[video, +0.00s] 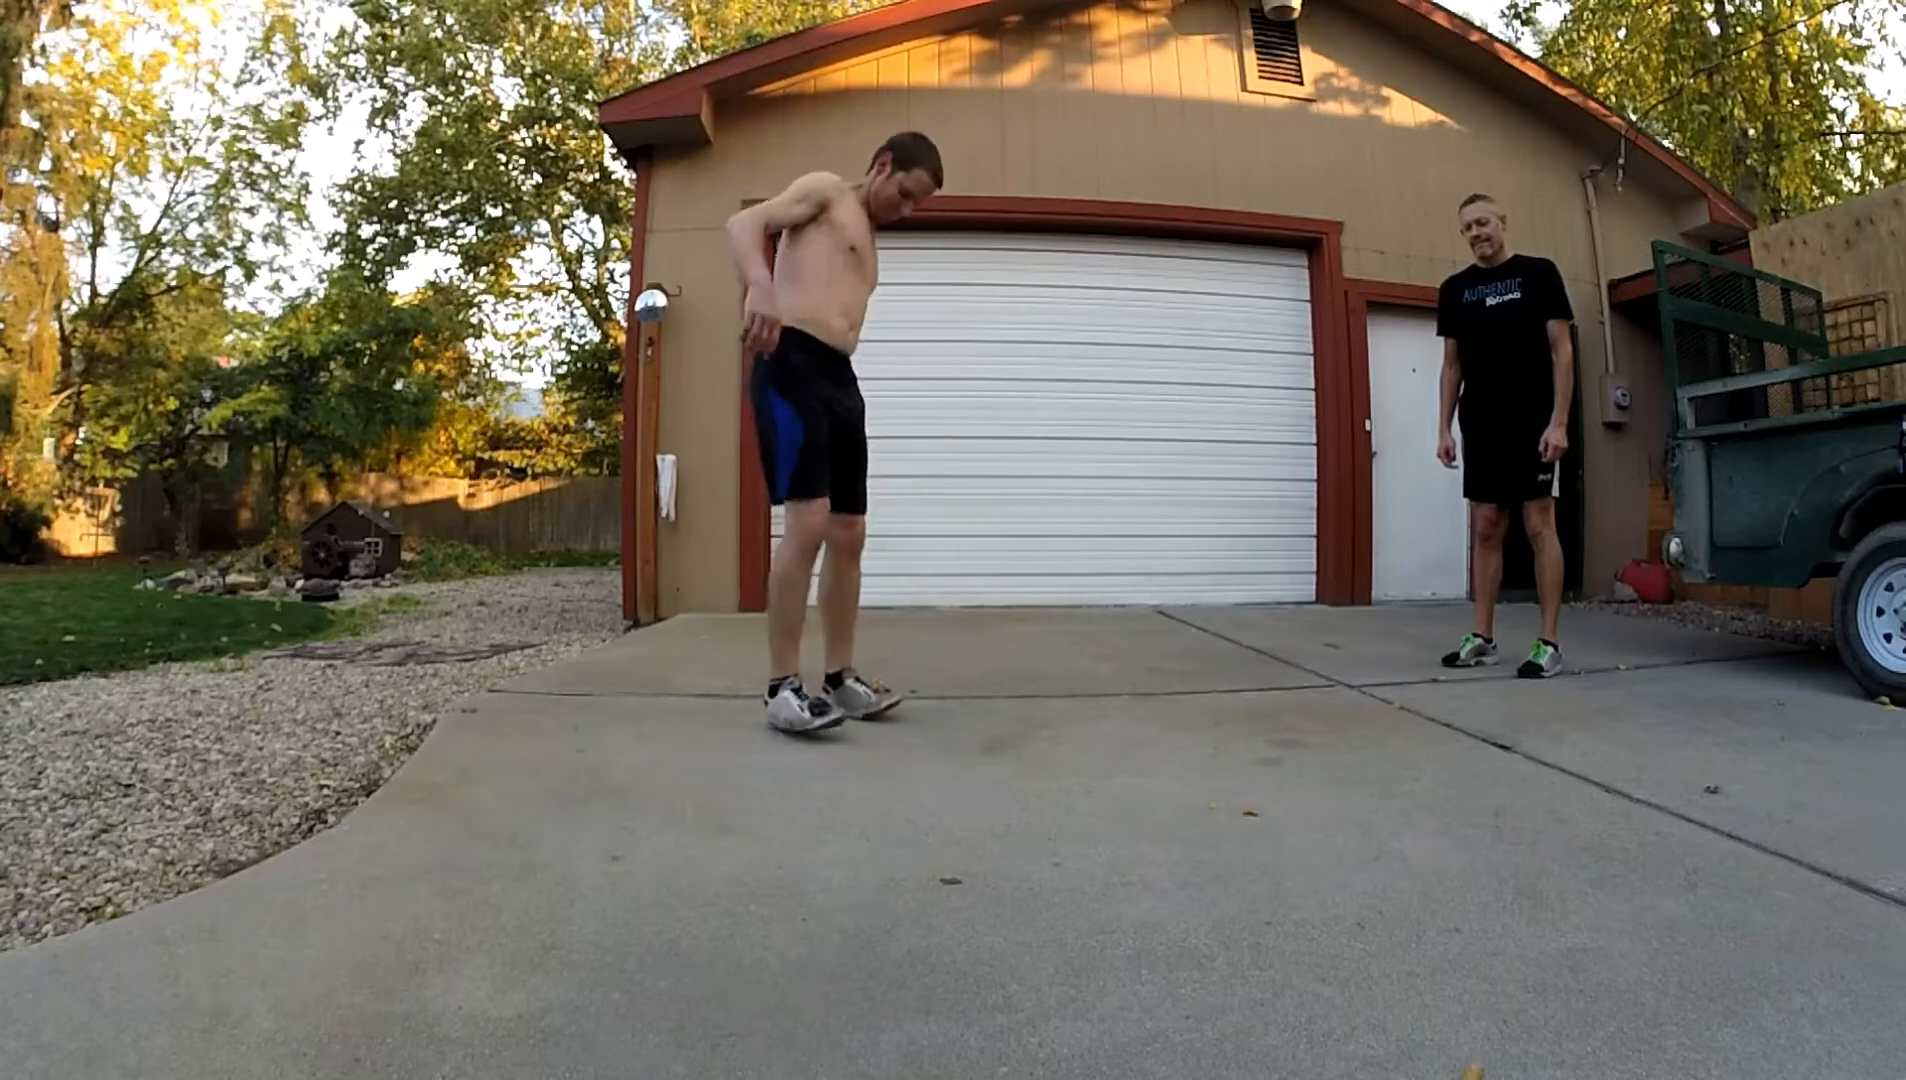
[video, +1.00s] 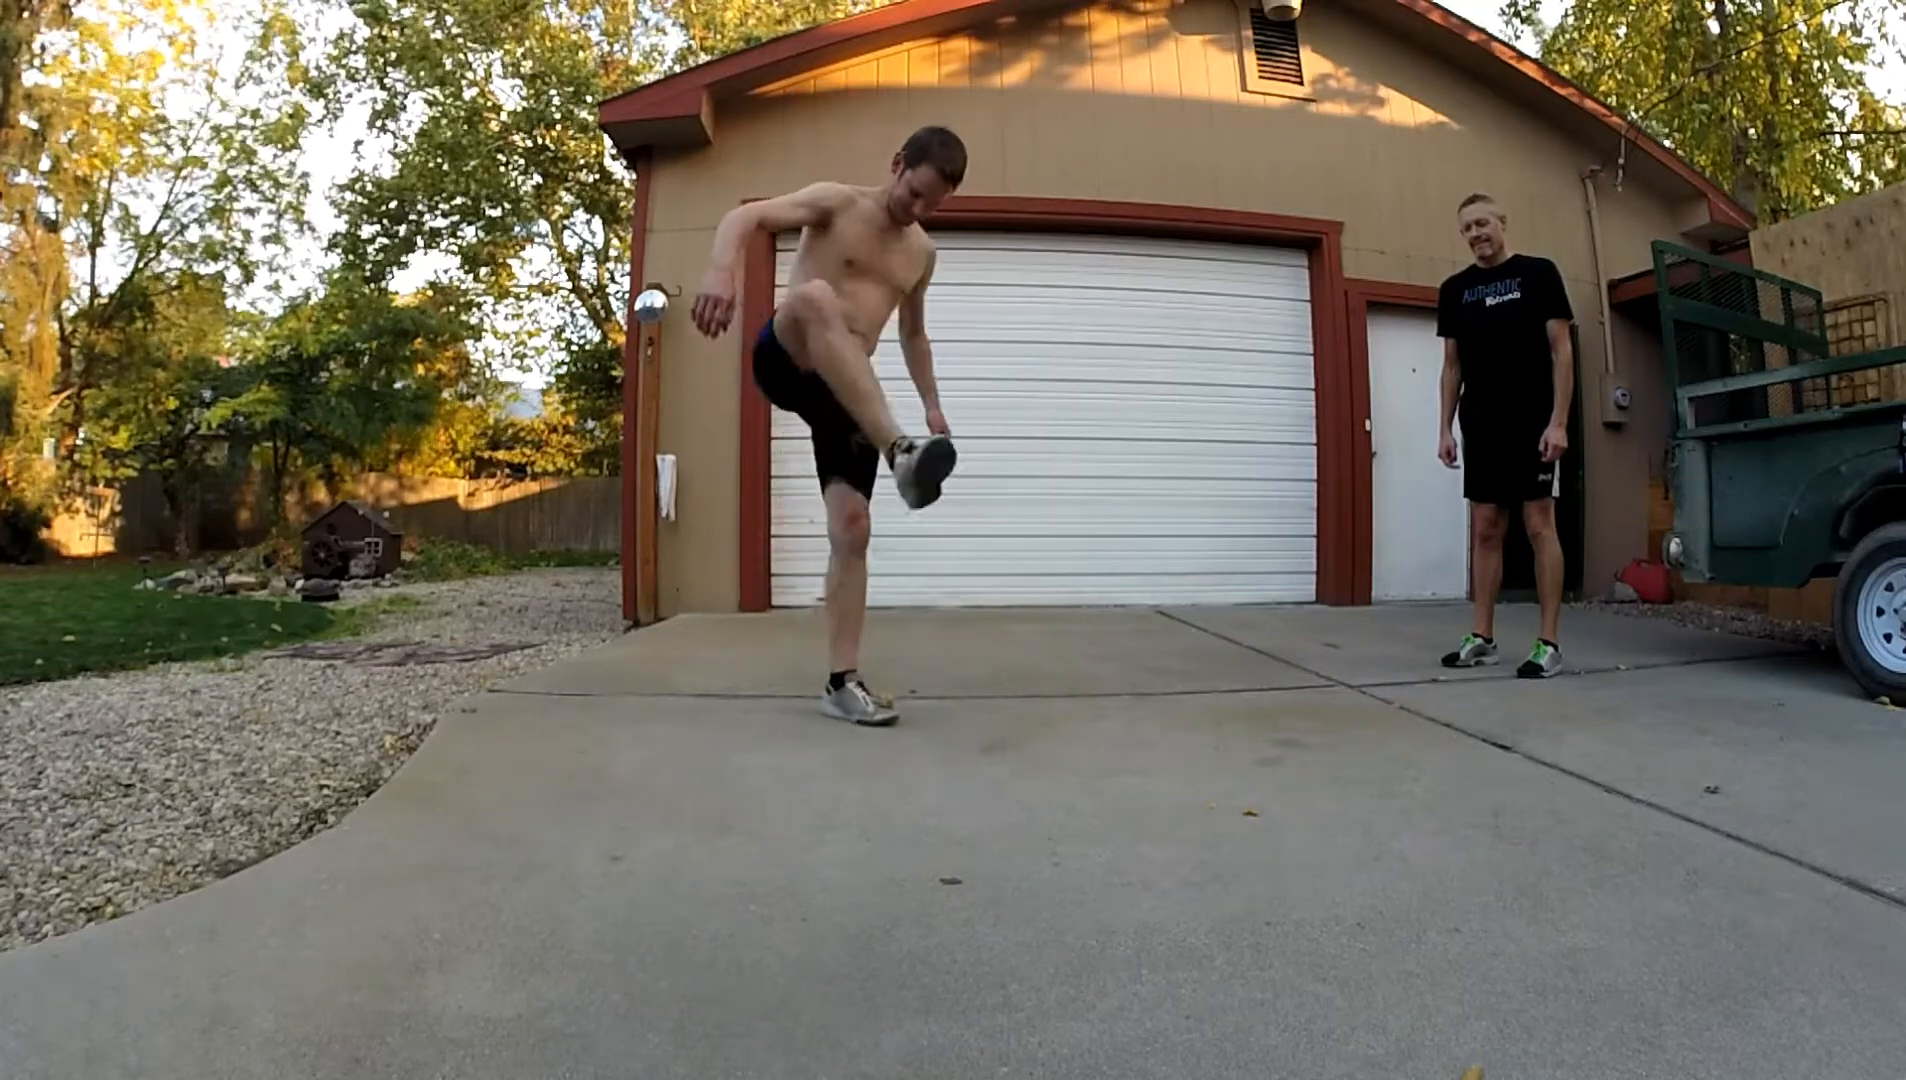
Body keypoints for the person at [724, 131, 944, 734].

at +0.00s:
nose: (907, 211)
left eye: (915, 204)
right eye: (907, 196)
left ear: (898, 185)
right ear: (883, 166)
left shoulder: (866, 234)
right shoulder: (827, 187)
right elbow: (744, 222)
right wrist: (761, 284)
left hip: (838, 372)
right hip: (792, 360)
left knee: (848, 532)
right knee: (808, 523)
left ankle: (839, 680)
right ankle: (783, 690)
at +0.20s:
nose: (909, 202)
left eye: (920, 194)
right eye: (908, 186)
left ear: (916, 183)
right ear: (881, 156)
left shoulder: (869, 229)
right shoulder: (822, 191)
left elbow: (830, 321)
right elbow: (741, 242)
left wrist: (857, 385)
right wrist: (743, 332)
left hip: (835, 381)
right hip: (786, 368)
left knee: (854, 531)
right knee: (798, 533)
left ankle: (838, 679)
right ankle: (786, 694)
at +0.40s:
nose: (912, 202)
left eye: (924, 194)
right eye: (911, 187)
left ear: (926, 182)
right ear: (886, 156)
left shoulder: (881, 219)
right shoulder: (822, 196)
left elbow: (841, 310)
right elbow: (740, 258)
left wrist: (856, 377)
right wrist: (748, 346)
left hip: (843, 379)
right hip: (790, 369)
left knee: (853, 528)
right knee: (795, 531)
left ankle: (842, 678)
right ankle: (786, 695)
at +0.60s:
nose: (920, 205)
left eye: (932, 197)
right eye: (917, 190)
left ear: (940, 188)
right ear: (893, 162)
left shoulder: (901, 239)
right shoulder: (833, 200)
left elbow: (871, 321)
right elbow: (747, 253)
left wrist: (878, 398)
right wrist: (757, 327)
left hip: (855, 385)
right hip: (797, 370)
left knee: (868, 531)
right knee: (813, 522)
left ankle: (847, 682)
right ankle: (791, 688)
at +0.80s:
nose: (930, 217)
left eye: (943, 210)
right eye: (928, 200)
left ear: (955, 205)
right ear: (908, 171)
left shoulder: (921, 254)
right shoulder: (842, 202)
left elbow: (904, 332)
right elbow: (750, 231)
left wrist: (915, 407)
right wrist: (746, 303)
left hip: (844, 372)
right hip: (784, 347)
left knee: (844, 525)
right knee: (834, 372)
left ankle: (842, 679)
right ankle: (837, 529)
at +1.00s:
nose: (919, 207)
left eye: (933, 200)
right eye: (916, 191)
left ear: (946, 197)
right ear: (897, 166)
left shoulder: (920, 253)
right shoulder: (837, 202)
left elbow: (913, 333)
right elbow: (743, 216)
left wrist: (932, 404)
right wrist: (722, 274)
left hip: (849, 391)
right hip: (786, 369)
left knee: (853, 529)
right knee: (814, 297)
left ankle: (843, 680)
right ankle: (899, 453)